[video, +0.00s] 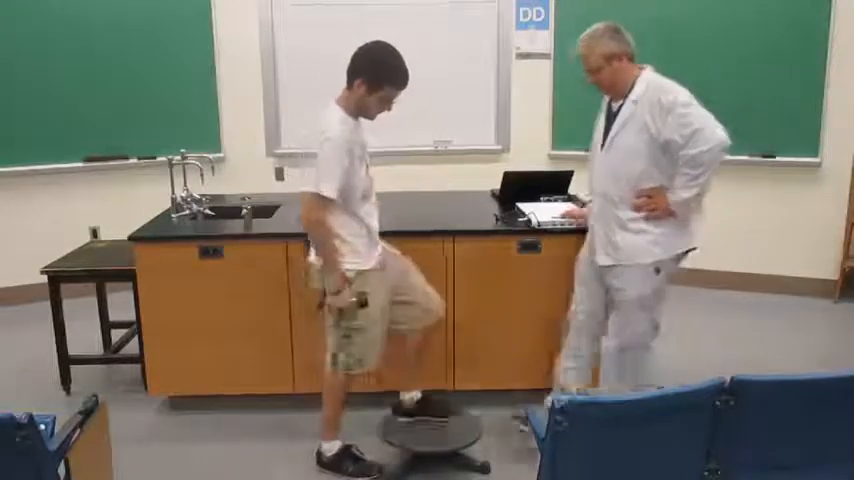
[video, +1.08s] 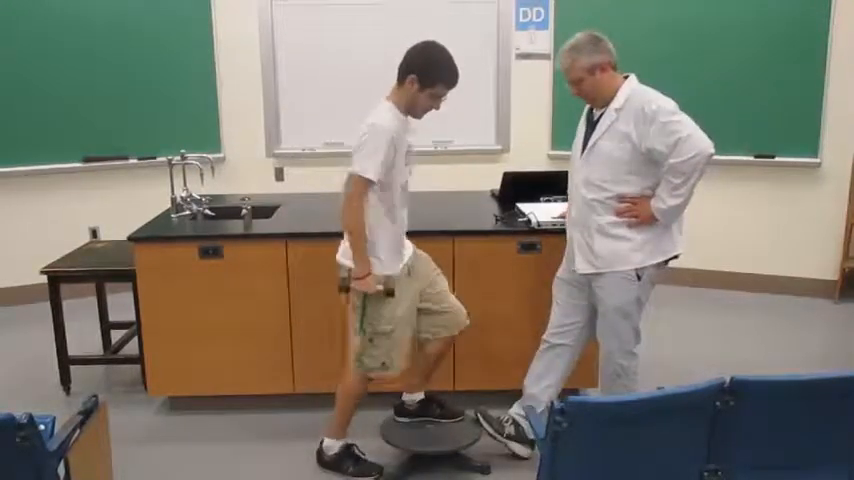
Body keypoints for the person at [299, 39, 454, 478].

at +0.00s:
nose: (390, 107)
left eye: (394, 98)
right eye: (387, 98)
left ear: (361, 87)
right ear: (360, 85)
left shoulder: (352, 124)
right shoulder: (337, 133)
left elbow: (347, 206)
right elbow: (312, 213)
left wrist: (375, 248)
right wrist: (336, 272)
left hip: (373, 255)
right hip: (346, 265)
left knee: (426, 311)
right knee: (343, 359)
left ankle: (409, 399)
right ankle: (330, 446)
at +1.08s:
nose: (438, 105)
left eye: (443, 97)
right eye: (437, 95)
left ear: (412, 84)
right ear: (411, 82)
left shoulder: (397, 123)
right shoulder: (382, 127)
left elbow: (380, 199)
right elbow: (353, 198)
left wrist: (397, 252)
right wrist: (362, 267)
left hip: (403, 257)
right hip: (375, 267)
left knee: (447, 322)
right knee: (365, 362)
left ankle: (412, 401)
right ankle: (333, 444)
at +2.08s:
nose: (478, 56)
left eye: (482, 48)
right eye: (476, 46)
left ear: (458, 34)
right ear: (450, 30)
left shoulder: (442, 77)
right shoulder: (418, 76)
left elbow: (440, 153)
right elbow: (404, 147)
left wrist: (454, 217)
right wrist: (407, 220)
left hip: (449, 220)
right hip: (428, 220)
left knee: (437, 320)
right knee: (428, 321)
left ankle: (421, 400)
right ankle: (413, 407)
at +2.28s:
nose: (476, 56)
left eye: (480, 47)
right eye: (474, 45)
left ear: (455, 34)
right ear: (448, 30)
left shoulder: (438, 77)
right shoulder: (416, 78)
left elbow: (437, 155)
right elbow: (404, 152)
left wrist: (451, 219)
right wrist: (410, 223)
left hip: (447, 221)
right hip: (428, 223)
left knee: (437, 322)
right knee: (427, 323)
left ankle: (424, 399)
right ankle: (413, 409)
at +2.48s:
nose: (476, 57)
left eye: (480, 48)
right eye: (475, 46)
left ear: (453, 33)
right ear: (448, 31)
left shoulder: (435, 77)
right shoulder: (420, 81)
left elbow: (428, 154)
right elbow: (408, 154)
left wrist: (443, 218)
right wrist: (413, 221)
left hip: (442, 221)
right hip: (429, 223)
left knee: (437, 319)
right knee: (429, 322)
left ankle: (424, 398)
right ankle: (414, 409)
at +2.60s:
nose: (474, 54)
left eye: (478, 46)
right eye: (473, 44)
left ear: (450, 33)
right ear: (447, 31)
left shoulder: (432, 80)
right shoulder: (419, 84)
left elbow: (425, 158)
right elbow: (410, 158)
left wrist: (443, 221)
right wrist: (419, 229)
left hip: (441, 222)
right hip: (427, 225)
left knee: (432, 320)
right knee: (422, 323)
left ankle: (424, 398)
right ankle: (412, 413)